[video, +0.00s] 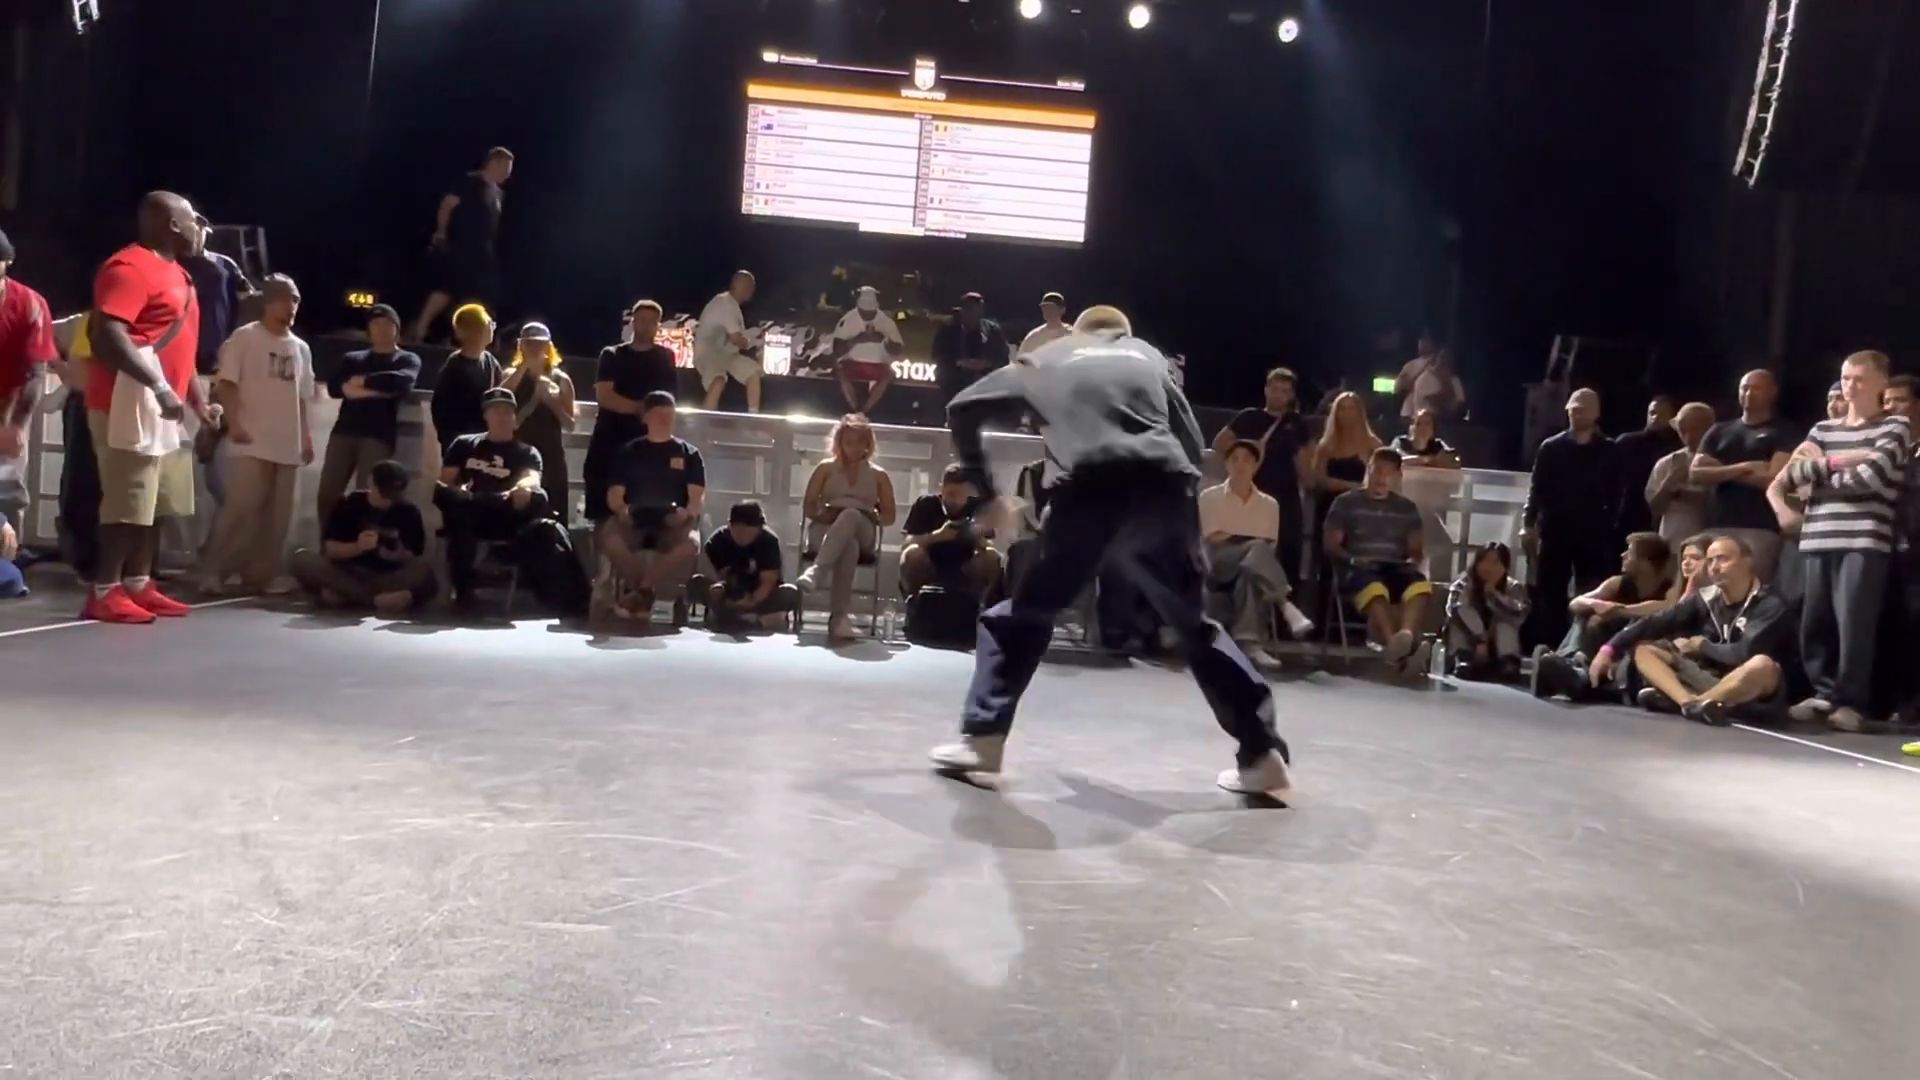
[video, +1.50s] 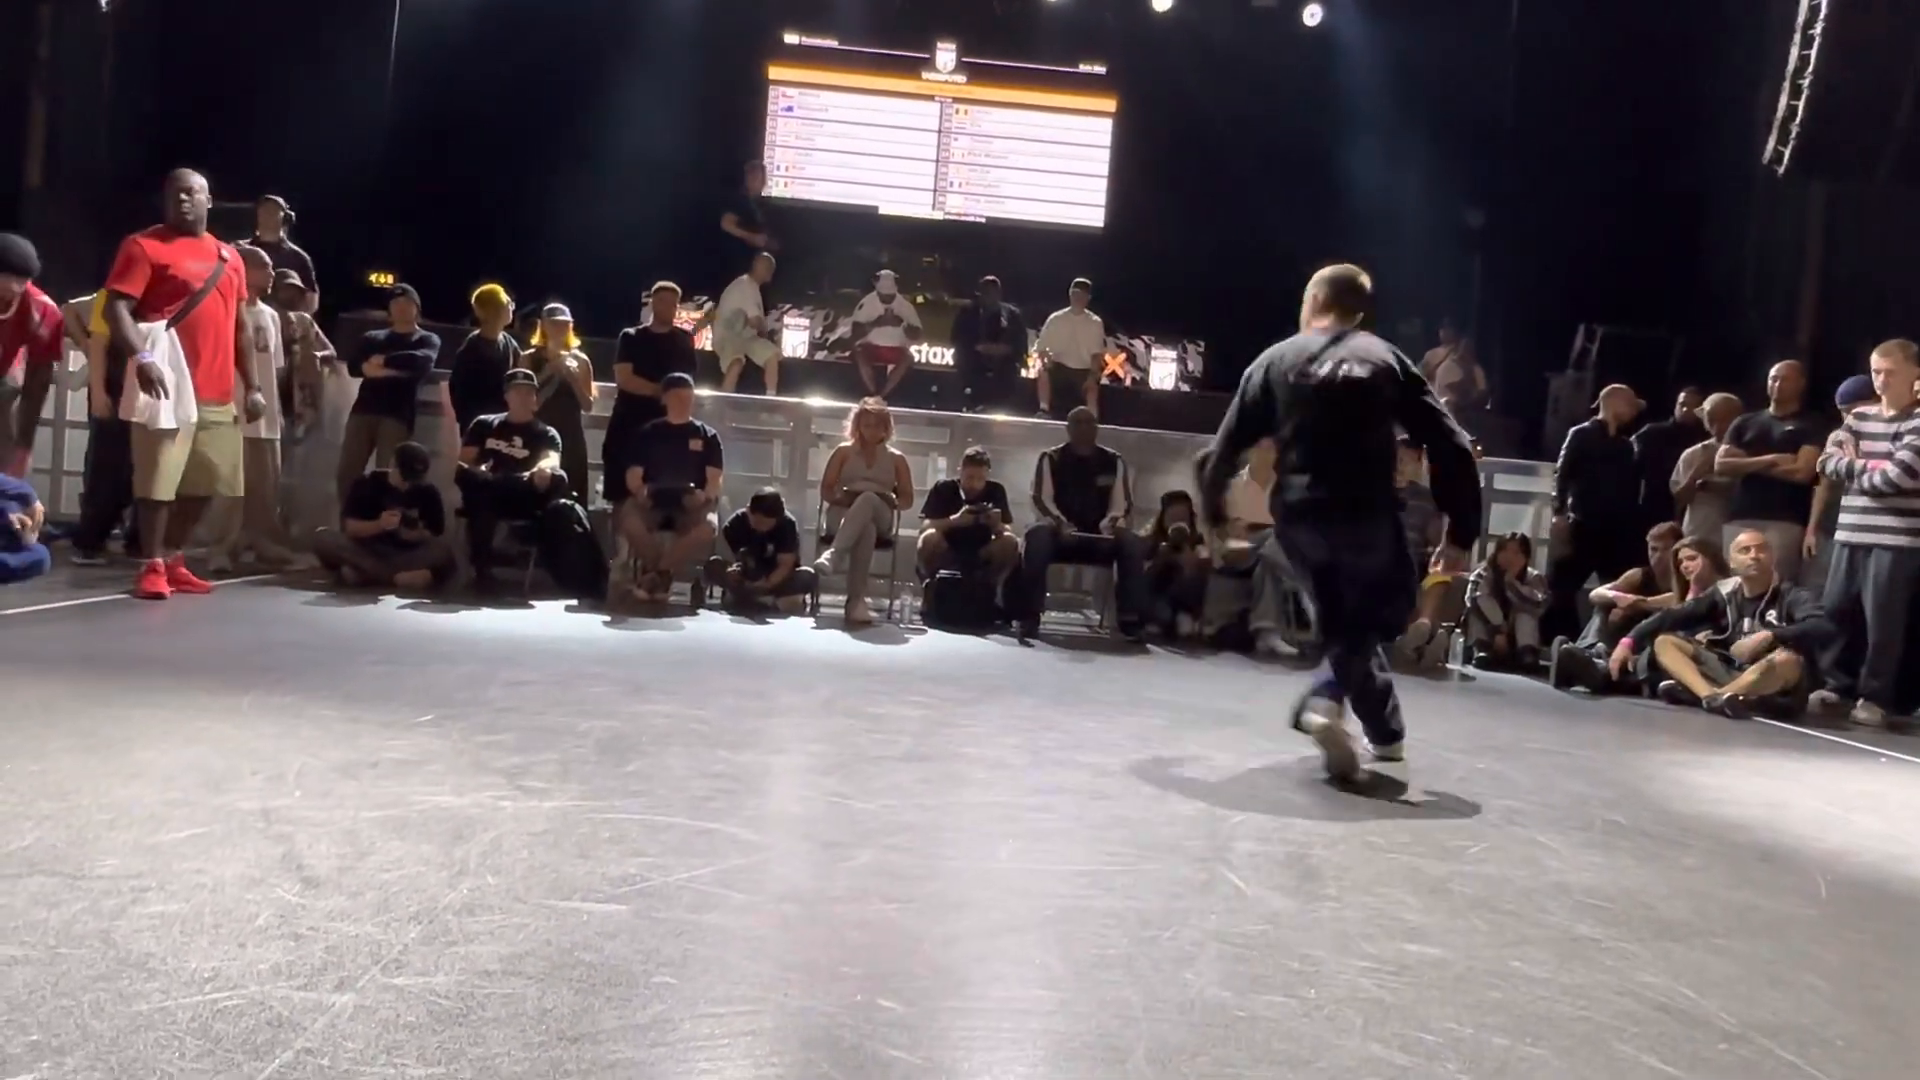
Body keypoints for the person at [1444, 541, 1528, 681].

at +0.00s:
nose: (1488, 567)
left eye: (1495, 563)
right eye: (1483, 561)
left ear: (1505, 569)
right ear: (1476, 564)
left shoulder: (1514, 587)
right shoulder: (1463, 584)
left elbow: (1519, 613)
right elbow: (1457, 609)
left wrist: (1492, 593)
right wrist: (1479, 638)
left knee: (1504, 624)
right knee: (1459, 620)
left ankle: (1509, 660)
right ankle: (1461, 659)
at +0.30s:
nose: (1493, 567)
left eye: (1499, 562)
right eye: (1488, 560)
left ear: (1509, 567)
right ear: (1480, 563)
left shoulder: (1518, 587)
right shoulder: (1466, 584)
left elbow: (1523, 613)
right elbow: (1460, 609)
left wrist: (1495, 592)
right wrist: (1483, 638)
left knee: (1508, 622)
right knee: (1462, 618)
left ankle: (1512, 661)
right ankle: (1465, 659)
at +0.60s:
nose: (1497, 562)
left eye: (1503, 557)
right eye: (1492, 556)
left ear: (1513, 564)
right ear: (1485, 559)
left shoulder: (1522, 582)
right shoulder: (1471, 580)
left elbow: (1528, 607)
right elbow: (1465, 604)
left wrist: (1500, 587)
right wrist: (1489, 633)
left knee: (1513, 619)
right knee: (1466, 615)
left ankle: (1517, 657)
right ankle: (1469, 655)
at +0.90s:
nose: (1502, 560)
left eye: (1508, 555)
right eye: (1497, 554)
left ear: (1518, 561)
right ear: (1490, 556)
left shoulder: (1527, 580)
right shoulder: (1476, 577)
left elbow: (1533, 606)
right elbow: (1470, 602)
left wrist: (1505, 585)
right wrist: (1493, 631)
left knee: (1518, 616)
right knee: (1471, 612)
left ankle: (1521, 655)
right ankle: (1474, 652)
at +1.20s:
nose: (1505, 559)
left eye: (1512, 554)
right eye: (1501, 553)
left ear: (1522, 560)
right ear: (1494, 555)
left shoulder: (1531, 579)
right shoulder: (1480, 575)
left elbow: (1537, 605)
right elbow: (1473, 600)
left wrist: (1508, 584)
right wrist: (1496, 629)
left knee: (1521, 614)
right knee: (1474, 611)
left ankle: (1524, 653)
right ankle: (1477, 650)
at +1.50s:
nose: (1509, 558)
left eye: (1516, 553)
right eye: (1504, 551)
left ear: (1526, 559)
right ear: (1496, 554)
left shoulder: (1534, 578)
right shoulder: (1483, 573)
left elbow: (1539, 604)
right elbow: (1476, 599)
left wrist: (1511, 582)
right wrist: (1498, 629)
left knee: (1525, 613)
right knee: (1477, 609)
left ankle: (1528, 652)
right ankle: (1481, 649)